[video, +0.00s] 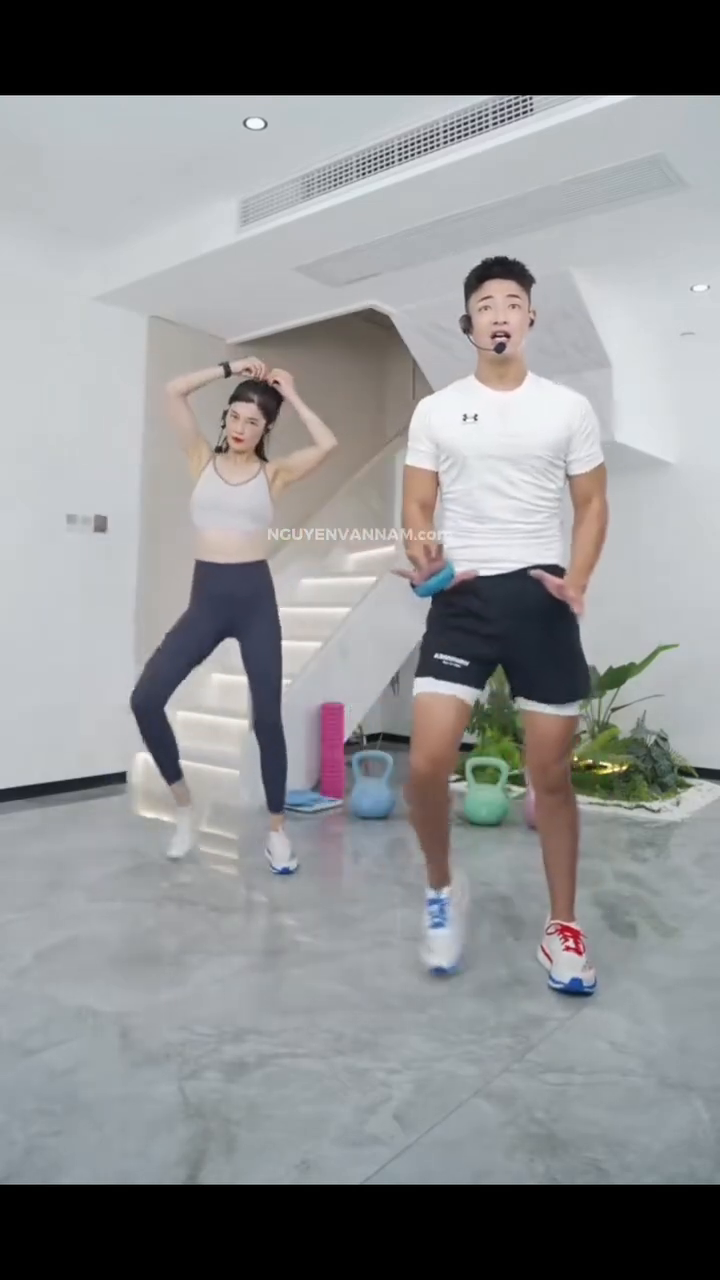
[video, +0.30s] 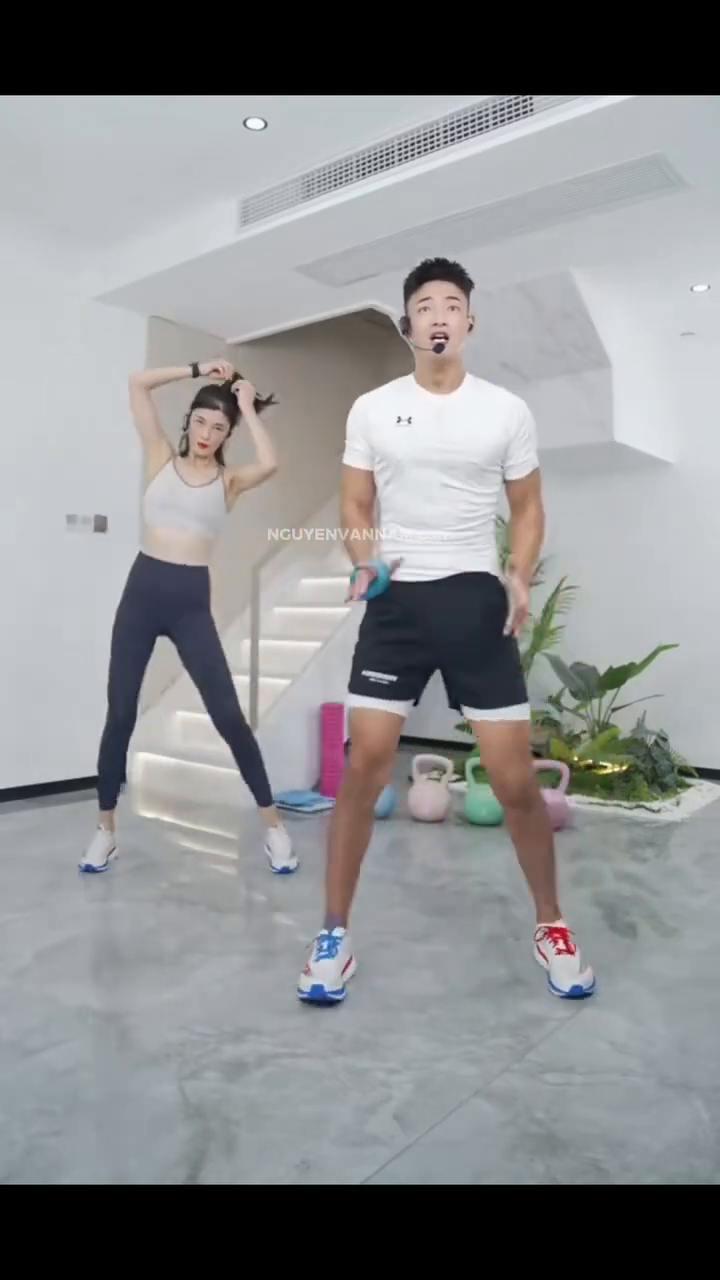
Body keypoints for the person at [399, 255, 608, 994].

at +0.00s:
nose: (499, 316)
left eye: (512, 305)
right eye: (486, 306)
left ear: (531, 318)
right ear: (468, 322)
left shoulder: (568, 409)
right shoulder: (436, 411)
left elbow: (592, 507)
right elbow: (416, 513)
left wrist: (577, 582)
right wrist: (423, 552)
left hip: (541, 602)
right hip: (459, 601)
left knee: (551, 777)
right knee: (425, 768)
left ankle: (563, 927)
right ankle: (440, 888)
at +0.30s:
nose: (438, 317)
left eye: (451, 306)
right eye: (425, 307)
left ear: (470, 320)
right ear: (407, 324)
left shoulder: (506, 412)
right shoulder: (372, 410)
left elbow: (528, 509)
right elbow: (356, 508)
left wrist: (518, 579)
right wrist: (365, 557)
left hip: (476, 604)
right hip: (394, 604)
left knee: (517, 782)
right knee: (365, 764)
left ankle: (552, 929)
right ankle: (333, 935)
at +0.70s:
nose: (390, 311)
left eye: (404, 299)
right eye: (377, 300)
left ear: (426, 314)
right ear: (360, 318)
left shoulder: (467, 403)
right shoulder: (327, 407)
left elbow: (494, 484)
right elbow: (303, 486)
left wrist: (484, 551)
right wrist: (308, 543)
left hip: (435, 604)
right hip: (352, 602)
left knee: (406, 783)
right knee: (341, 769)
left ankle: (367, 910)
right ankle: (331, 934)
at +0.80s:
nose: (393, 311)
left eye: (407, 299)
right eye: (379, 301)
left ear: (427, 315)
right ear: (361, 319)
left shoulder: (467, 404)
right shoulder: (327, 407)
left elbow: (495, 480)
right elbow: (300, 482)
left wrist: (486, 541)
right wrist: (309, 534)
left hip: (440, 602)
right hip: (356, 604)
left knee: (446, 779)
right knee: (342, 772)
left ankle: (400, 902)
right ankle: (332, 937)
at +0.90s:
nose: (403, 308)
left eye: (416, 296)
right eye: (388, 298)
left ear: (436, 313)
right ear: (369, 316)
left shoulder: (476, 403)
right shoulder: (334, 406)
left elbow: (499, 476)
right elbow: (303, 478)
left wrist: (496, 534)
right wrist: (313, 536)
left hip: (454, 600)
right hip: (367, 605)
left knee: (494, 771)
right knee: (346, 773)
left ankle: (458, 903)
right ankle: (333, 939)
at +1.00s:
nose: (420, 301)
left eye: (433, 289)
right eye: (406, 289)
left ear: (453, 307)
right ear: (385, 308)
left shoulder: (492, 397)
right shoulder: (348, 402)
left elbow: (514, 473)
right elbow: (315, 474)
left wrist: (514, 531)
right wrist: (322, 530)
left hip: (469, 596)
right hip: (382, 601)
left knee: (521, 767)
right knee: (358, 769)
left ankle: (534, 931)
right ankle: (334, 937)